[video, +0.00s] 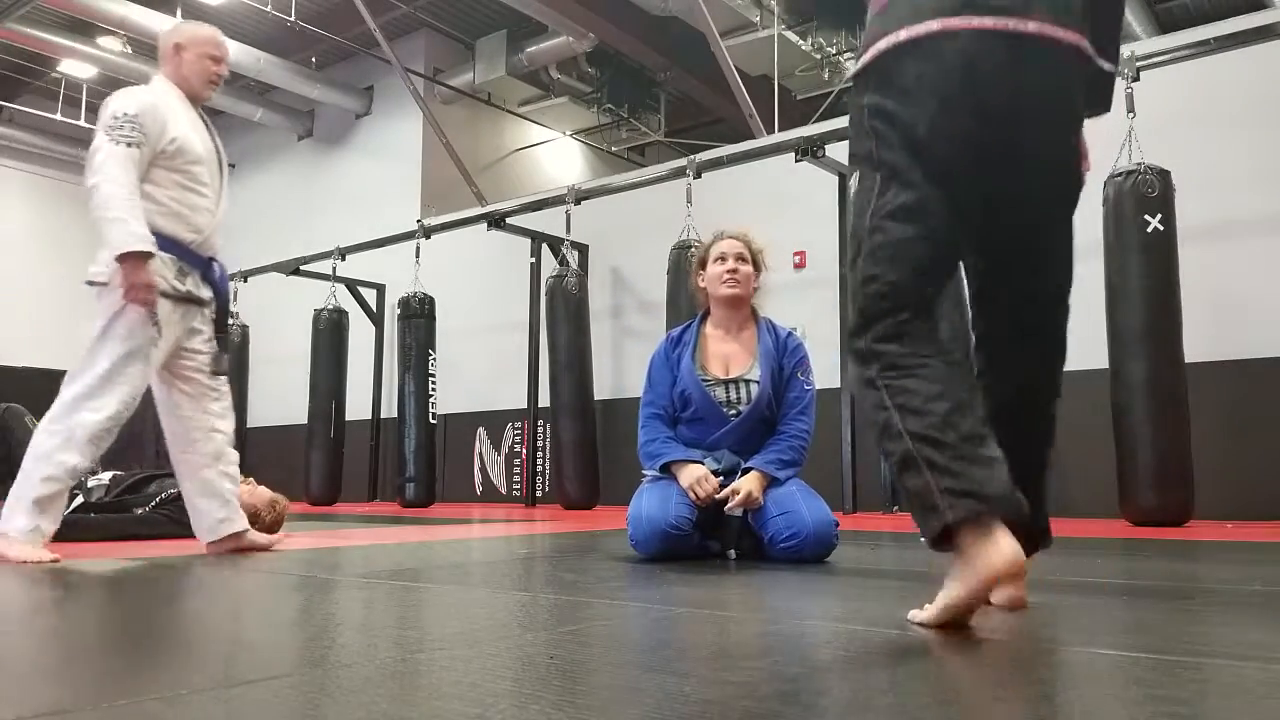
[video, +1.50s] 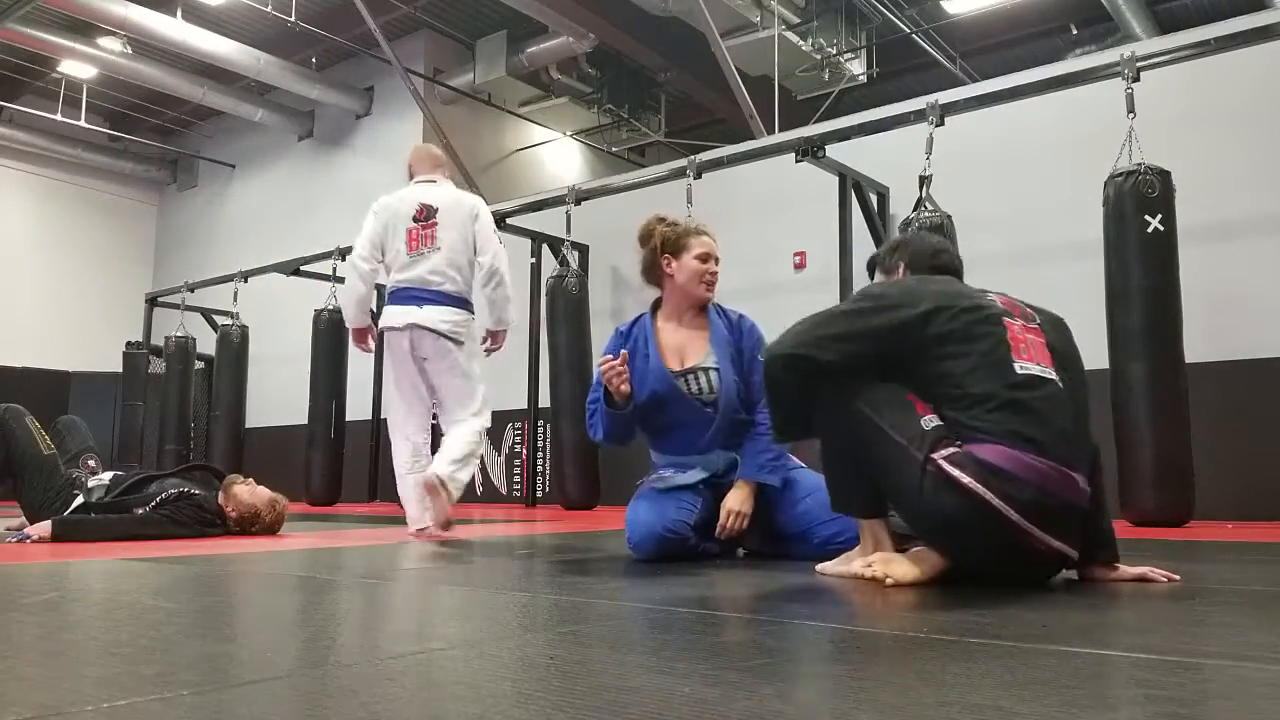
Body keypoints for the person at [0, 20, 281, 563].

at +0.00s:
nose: (221, 72)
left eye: (224, 65)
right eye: (213, 60)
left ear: (216, 69)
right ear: (176, 53)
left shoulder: (197, 125)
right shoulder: (139, 102)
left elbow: (191, 208)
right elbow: (111, 177)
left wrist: (209, 277)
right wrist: (132, 256)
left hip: (195, 282)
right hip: (150, 270)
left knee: (201, 408)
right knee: (95, 402)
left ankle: (225, 528)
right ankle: (21, 530)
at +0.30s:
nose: (304, 104)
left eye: (307, 96)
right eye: (299, 91)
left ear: (273, 82)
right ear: (270, 79)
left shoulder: (271, 140)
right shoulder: (224, 118)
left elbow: (268, 220)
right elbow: (209, 189)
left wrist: (292, 280)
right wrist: (247, 248)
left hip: (264, 282)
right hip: (236, 278)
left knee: (245, 403)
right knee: (279, 396)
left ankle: (230, 522)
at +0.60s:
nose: (371, 137)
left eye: (374, 127)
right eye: (370, 125)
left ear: (338, 112)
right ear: (351, 113)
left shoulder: (301, 145)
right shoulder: (318, 141)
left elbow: (303, 221)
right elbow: (303, 209)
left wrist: (344, 283)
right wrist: (324, 278)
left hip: (282, 299)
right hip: (319, 298)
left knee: (263, 420)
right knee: (366, 413)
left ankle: (232, 524)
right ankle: (396, 520)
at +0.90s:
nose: (435, 151)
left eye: (437, 145)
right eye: (436, 144)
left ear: (395, 130)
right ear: (426, 137)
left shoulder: (345, 161)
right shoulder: (421, 163)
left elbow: (305, 221)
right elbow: (430, 226)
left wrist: (292, 278)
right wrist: (453, 291)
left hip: (337, 303)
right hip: (392, 304)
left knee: (335, 405)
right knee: (409, 420)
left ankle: (306, 478)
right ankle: (394, 526)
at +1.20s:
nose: (454, 168)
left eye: (453, 164)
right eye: (455, 163)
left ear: (411, 152)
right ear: (450, 160)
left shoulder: (370, 181)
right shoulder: (459, 186)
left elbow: (333, 233)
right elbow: (496, 248)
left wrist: (316, 289)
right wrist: (538, 301)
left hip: (371, 313)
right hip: (426, 310)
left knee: (386, 416)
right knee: (419, 416)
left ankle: (420, 507)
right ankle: (393, 524)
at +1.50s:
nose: (447, 178)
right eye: (448, 172)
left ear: (409, 175)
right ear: (448, 173)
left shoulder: (386, 206)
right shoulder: (472, 205)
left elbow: (360, 264)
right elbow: (493, 265)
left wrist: (357, 319)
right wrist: (498, 320)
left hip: (396, 322)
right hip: (448, 323)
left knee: (407, 421)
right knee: (467, 416)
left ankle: (421, 524)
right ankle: (442, 478)